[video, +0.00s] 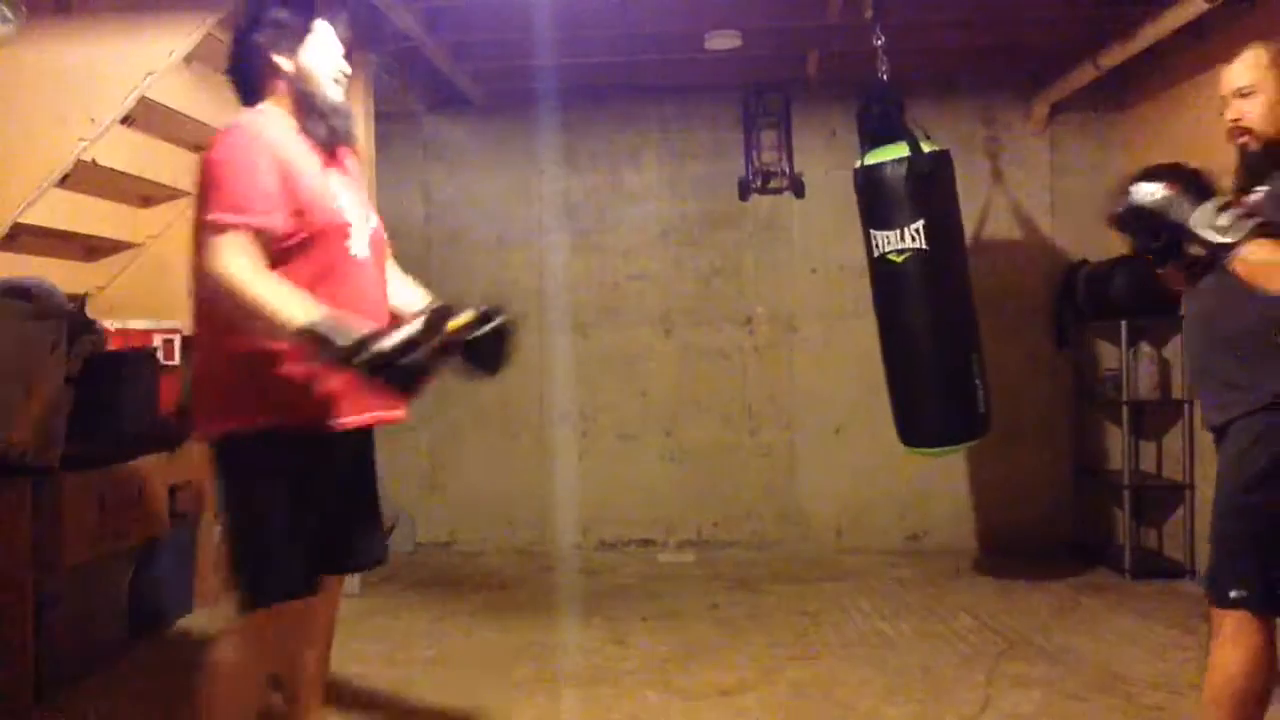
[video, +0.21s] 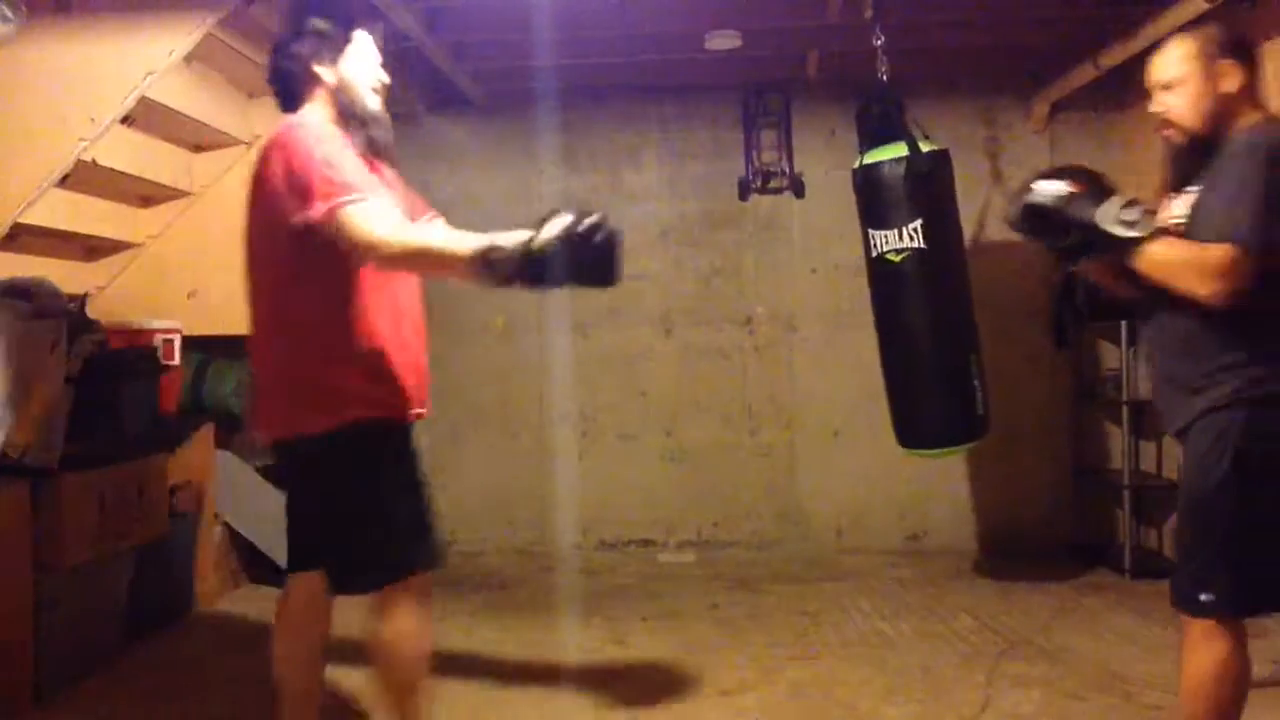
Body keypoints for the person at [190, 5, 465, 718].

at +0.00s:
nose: (345, 62)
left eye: (342, 47)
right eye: (328, 45)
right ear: (278, 55)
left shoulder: (337, 152)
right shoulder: (246, 138)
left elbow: (374, 267)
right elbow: (226, 264)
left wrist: (437, 320)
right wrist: (336, 329)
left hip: (334, 412)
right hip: (267, 415)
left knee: (322, 588)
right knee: (274, 608)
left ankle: (305, 711)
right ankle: (231, 711)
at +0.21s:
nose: (385, 75)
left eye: (381, 59)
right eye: (371, 55)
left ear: (322, 66)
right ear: (319, 61)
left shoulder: (352, 155)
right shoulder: (301, 140)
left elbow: (432, 236)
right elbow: (372, 238)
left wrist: (528, 251)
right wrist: (515, 252)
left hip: (343, 410)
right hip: (341, 413)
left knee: (309, 582)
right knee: (404, 584)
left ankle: (298, 712)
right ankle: (408, 711)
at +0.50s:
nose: (479, 89)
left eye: (474, 73)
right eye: (464, 73)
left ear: (416, 83)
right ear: (413, 80)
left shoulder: (411, 157)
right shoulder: (409, 159)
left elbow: (544, 225)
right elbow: (538, 230)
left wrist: (663, 215)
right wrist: (667, 220)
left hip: (410, 434)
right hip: (460, 433)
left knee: (382, 590)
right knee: (532, 600)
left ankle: (318, 712)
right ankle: (552, 712)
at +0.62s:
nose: (536, 72)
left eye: (532, 58)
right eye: (521, 58)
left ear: (478, 74)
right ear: (472, 70)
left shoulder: (459, 145)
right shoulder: (462, 145)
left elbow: (597, 216)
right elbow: (595, 219)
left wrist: (724, 207)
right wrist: (728, 211)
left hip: (454, 421)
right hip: (499, 422)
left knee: (431, 577)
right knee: (561, 591)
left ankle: (333, 708)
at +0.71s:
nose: (559, 70)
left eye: (554, 55)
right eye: (545, 55)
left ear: (497, 67)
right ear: (504, 63)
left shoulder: (490, 135)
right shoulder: (491, 138)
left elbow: (604, 226)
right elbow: (606, 232)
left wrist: (727, 219)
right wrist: (730, 222)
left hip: (479, 410)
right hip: (512, 414)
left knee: (464, 560)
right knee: (566, 586)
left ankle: (359, 706)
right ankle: (567, 712)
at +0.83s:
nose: (593, 71)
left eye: (589, 57)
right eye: (580, 56)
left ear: (525, 65)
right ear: (537, 62)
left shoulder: (507, 128)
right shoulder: (517, 126)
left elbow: (615, 240)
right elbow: (619, 220)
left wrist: (707, 215)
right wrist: (720, 196)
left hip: (498, 410)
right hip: (535, 415)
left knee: (494, 561)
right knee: (577, 595)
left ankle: (409, 703)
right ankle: (569, 712)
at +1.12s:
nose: (653, 84)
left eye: (653, 66)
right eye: (644, 65)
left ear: (587, 68)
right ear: (600, 65)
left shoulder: (545, 124)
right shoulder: (581, 128)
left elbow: (697, 178)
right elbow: (726, 164)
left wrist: (763, 168)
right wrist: (813, 98)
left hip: (481, 391)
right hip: (533, 394)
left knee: (480, 566)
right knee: (578, 586)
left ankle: (399, 707)